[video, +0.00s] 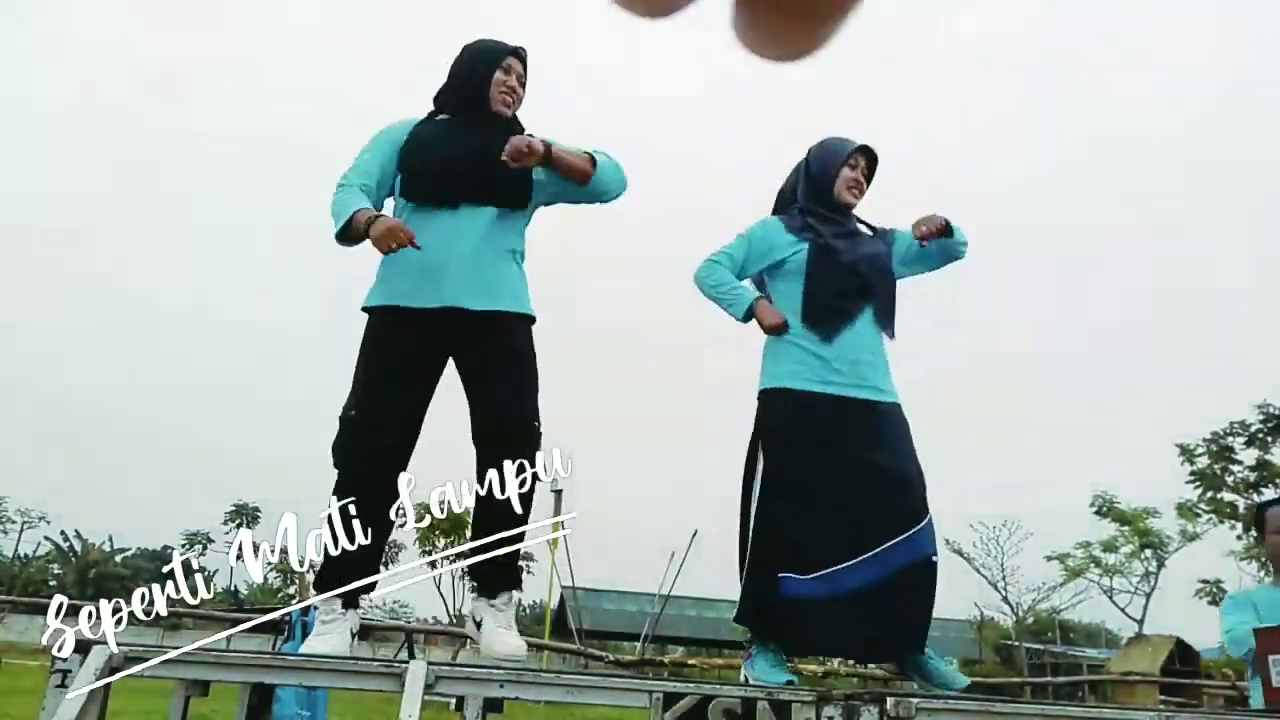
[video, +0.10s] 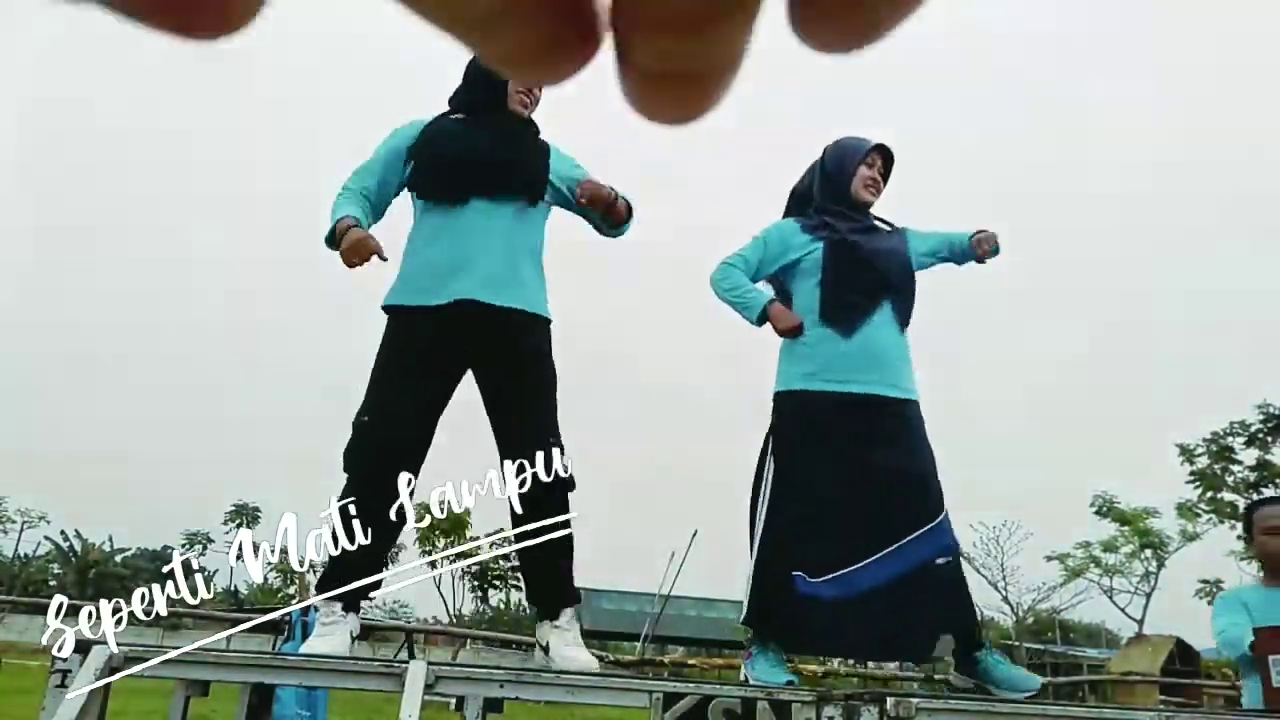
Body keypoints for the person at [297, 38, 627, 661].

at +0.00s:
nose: (514, 86)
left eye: (520, 82)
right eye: (504, 73)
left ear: (520, 95)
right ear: (469, 73)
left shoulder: (524, 155)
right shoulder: (405, 136)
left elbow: (614, 181)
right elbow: (350, 196)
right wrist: (372, 222)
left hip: (497, 313)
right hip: (405, 307)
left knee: (513, 454)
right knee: (368, 451)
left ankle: (493, 598)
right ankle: (343, 604)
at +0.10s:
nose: (533, 89)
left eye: (539, 82)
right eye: (521, 78)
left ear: (540, 92)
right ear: (484, 77)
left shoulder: (546, 156)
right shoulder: (421, 136)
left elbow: (612, 223)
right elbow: (359, 194)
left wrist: (613, 208)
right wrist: (348, 228)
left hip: (517, 320)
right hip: (424, 312)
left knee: (539, 469)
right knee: (380, 459)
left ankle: (557, 621)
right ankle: (340, 609)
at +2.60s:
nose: (505, 92)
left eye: (515, 87)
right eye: (494, 81)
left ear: (522, 104)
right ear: (467, 87)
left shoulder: (534, 176)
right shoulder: (415, 150)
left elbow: (554, 261)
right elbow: (365, 224)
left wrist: (596, 297)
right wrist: (310, 280)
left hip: (496, 336)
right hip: (407, 331)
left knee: (510, 472)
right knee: (368, 469)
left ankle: (518, 612)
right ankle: (342, 611)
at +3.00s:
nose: (499, 111)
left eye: (505, 105)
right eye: (490, 99)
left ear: (508, 116)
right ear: (455, 99)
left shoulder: (516, 167)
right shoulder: (396, 164)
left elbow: (511, 179)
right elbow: (368, 215)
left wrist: (416, 157)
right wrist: (387, 225)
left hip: (469, 338)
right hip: (385, 330)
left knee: (429, 471)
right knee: (346, 460)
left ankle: (395, 609)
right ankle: (338, 608)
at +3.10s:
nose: (514, 98)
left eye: (519, 94)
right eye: (505, 86)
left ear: (516, 109)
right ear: (470, 84)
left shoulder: (520, 167)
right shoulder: (404, 144)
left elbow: (584, 177)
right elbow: (357, 217)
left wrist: (508, 153)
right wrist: (374, 214)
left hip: (487, 322)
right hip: (399, 318)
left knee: (479, 460)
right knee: (363, 456)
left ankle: (446, 592)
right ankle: (336, 608)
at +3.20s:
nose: (529, 94)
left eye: (536, 89)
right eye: (520, 82)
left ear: (536, 101)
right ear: (485, 79)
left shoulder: (541, 157)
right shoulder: (419, 135)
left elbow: (629, 193)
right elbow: (367, 186)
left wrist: (595, 181)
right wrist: (352, 221)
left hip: (507, 316)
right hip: (416, 310)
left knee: (523, 458)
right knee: (376, 453)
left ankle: (521, 605)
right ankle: (341, 603)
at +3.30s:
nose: (549, 98)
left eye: (554, 94)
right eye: (540, 86)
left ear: (552, 110)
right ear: (504, 85)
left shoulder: (556, 165)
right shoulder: (441, 144)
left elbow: (606, 201)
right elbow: (385, 191)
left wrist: (627, 218)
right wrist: (354, 232)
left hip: (530, 328)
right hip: (439, 321)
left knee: (549, 475)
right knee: (385, 463)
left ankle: (566, 628)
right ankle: (337, 612)